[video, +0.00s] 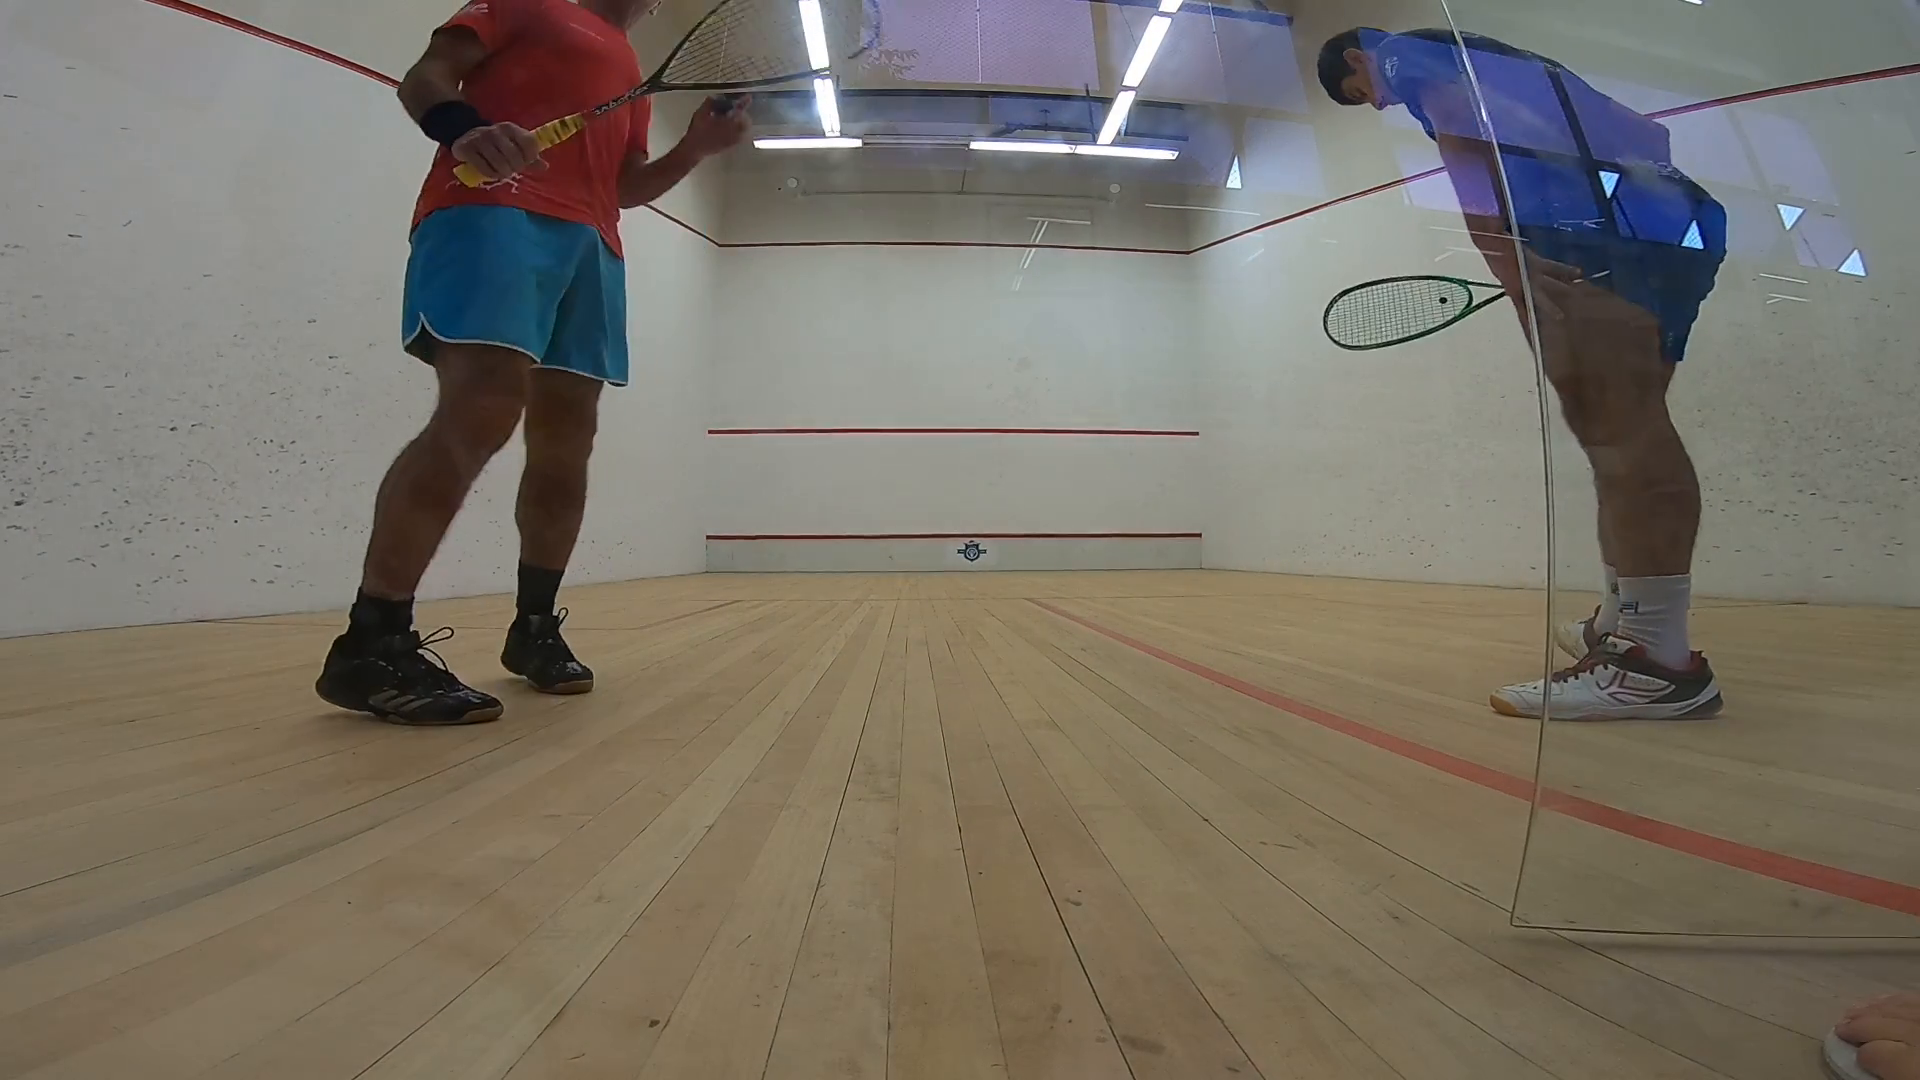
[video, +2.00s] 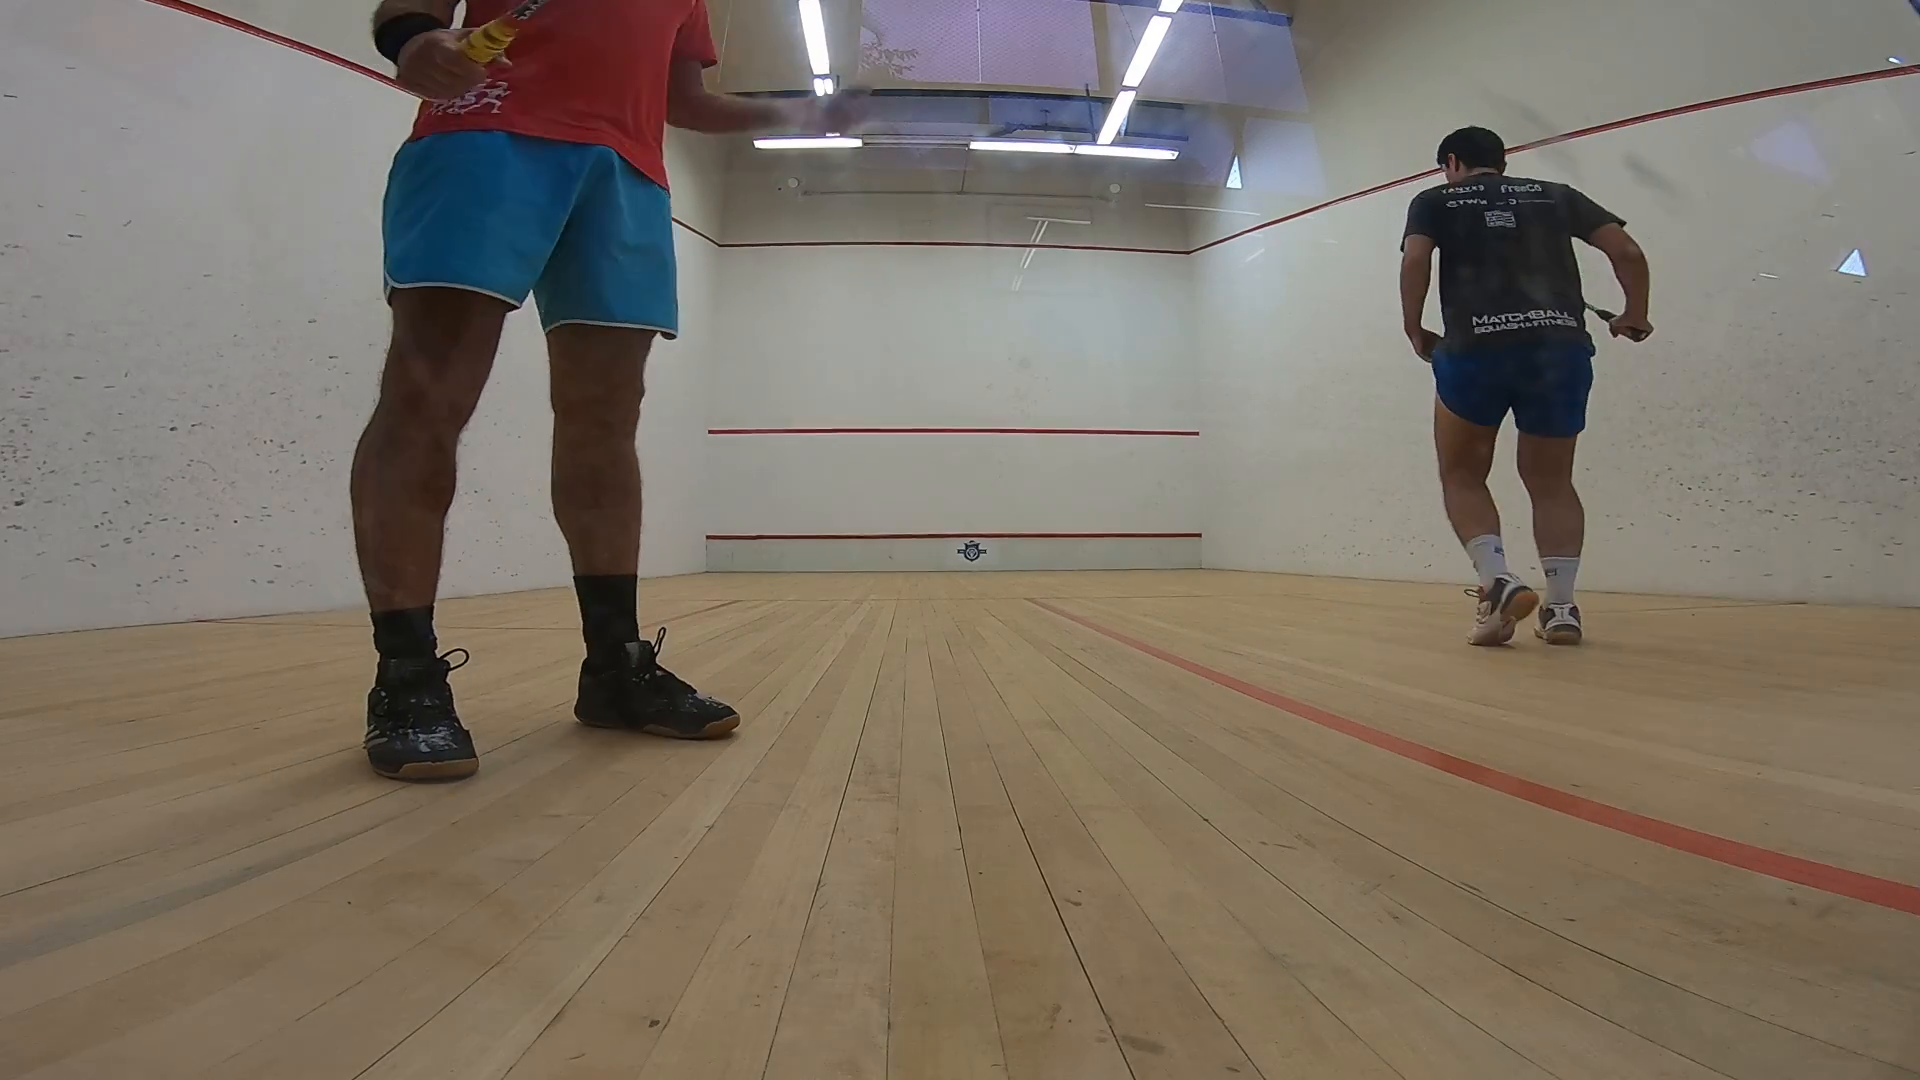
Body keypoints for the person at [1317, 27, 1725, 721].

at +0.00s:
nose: (1373, 102)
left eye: (1358, 90)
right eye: (1361, 100)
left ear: (1358, 54)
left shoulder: (1405, 54)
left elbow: (1464, 136)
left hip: (1605, 227)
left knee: (1624, 423)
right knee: (1611, 423)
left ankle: (1663, 658)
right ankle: (1627, 627)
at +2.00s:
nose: (1445, 177)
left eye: (1444, 170)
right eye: (1445, 171)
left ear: (1454, 166)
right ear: (1503, 164)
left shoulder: (1434, 201)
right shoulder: (1554, 194)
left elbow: (1415, 258)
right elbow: (1627, 250)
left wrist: (1414, 327)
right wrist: (1637, 313)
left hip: (1477, 352)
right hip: (1559, 351)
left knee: (1463, 475)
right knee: (1551, 479)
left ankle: (1497, 583)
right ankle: (1562, 607)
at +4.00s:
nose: (1443, 185)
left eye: (1446, 175)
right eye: (1443, 176)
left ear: (1469, 172)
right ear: (1501, 176)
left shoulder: (1460, 207)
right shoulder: (1553, 216)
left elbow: (1485, 252)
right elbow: (1607, 286)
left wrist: (1463, 323)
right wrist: (1572, 342)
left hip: (1519, 358)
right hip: (1591, 357)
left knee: (1489, 483)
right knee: (1541, 480)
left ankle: (1539, 602)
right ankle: (1589, 605)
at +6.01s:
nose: (1413, 145)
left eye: (1420, 135)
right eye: (1413, 137)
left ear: (1453, 131)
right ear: (1473, 135)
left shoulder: (1449, 167)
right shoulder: (1535, 185)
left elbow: (1463, 230)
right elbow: (1579, 263)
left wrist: (1443, 309)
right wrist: (1543, 324)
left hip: (1493, 333)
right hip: (1570, 336)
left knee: (1491, 467)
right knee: (1565, 466)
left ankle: (1529, 614)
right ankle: (1643, 606)